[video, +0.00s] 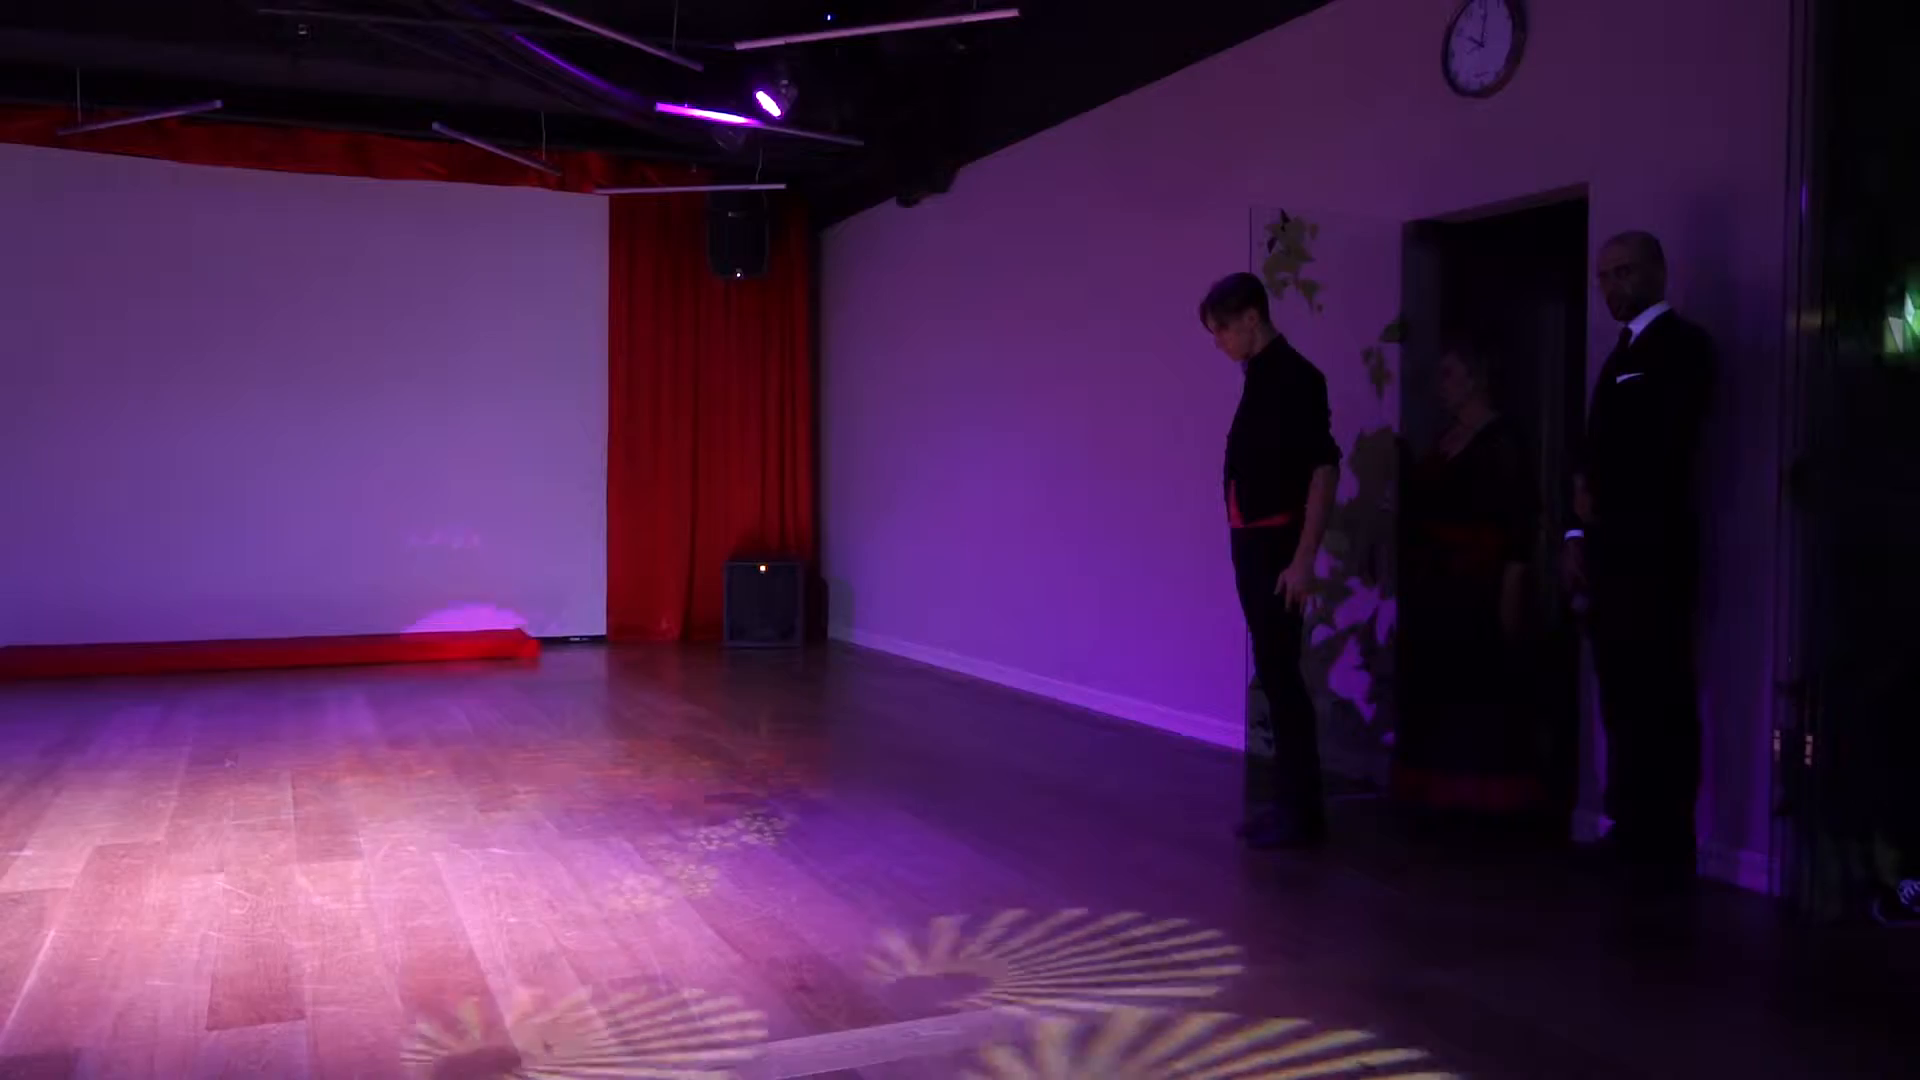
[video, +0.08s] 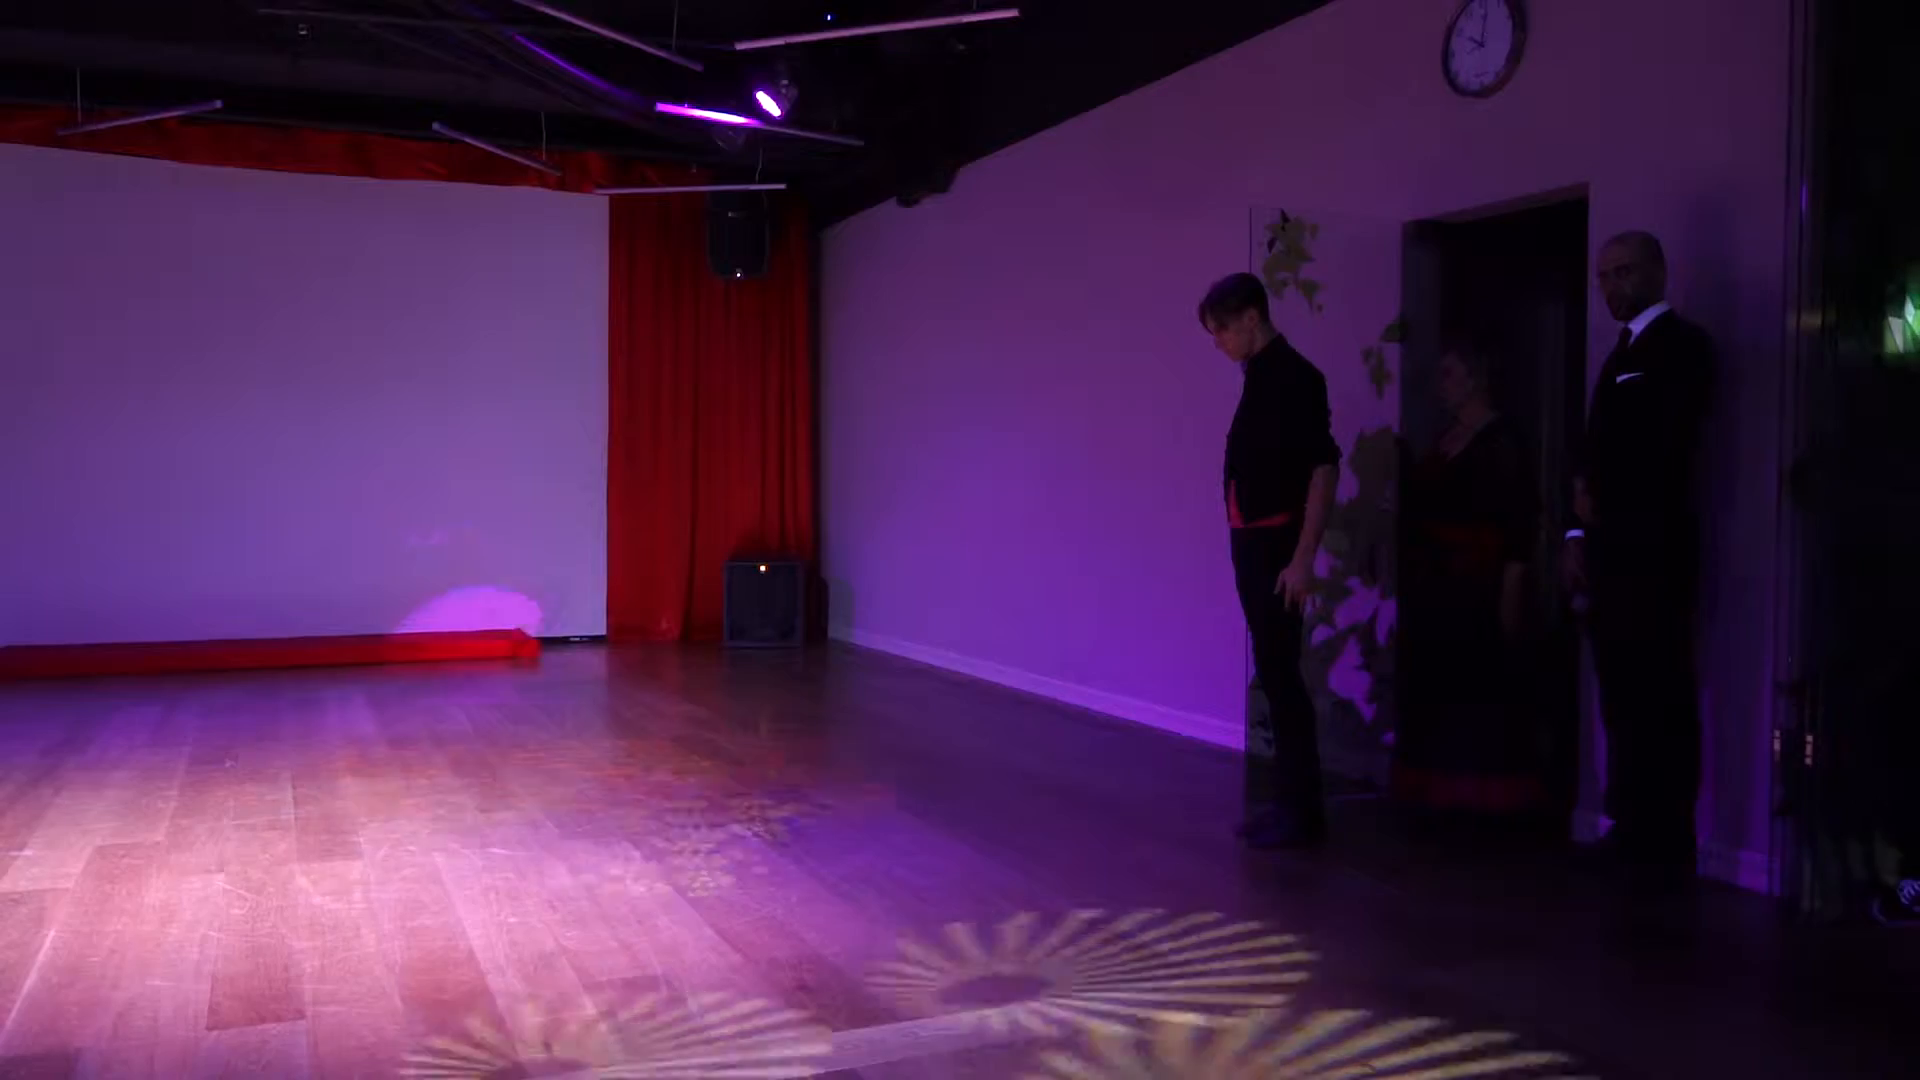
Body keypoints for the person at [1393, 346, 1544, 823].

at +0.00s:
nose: (1444, 385)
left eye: (1452, 376)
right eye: (1443, 376)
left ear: (1476, 380)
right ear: (1447, 382)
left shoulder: (1501, 438)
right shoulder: (1444, 439)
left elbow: (1511, 517)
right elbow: (1424, 510)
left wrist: (1509, 591)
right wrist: (1416, 577)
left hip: (1483, 588)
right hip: (1438, 586)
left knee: (1483, 692)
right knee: (1439, 691)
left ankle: (1486, 801)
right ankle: (1439, 798)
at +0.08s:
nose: (1443, 385)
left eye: (1452, 376)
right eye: (1442, 375)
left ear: (1476, 380)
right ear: (1448, 381)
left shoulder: (1501, 438)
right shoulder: (1444, 438)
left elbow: (1512, 518)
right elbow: (1424, 511)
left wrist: (1508, 592)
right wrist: (1416, 578)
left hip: (1482, 589)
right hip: (1437, 586)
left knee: (1483, 692)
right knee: (1438, 691)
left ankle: (1485, 801)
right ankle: (1439, 798)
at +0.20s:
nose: (1443, 386)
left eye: (1452, 376)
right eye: (1442, 376)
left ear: (1475, 381)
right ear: (1448, 382)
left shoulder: (1501, 438)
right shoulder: (1444, 438)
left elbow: (1512, 517)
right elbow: (1424, 509)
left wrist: (1508, 592)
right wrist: (1415, 575)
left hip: (1483, 587)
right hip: (1437, 584)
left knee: (1483, 691)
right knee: (1438, 689)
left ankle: (1485, 800)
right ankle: (1439, 797)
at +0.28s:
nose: (1443, 385)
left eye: (1451, 376)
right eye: (1442, 376)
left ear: (1475, 381)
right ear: (1447, 382)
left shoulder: (1501, 438)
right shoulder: (1443, 438)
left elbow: (1511, 515)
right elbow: (1424, 508)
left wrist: (1509, 591)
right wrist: (1415, 574)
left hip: (1483, 587)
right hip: (1437, 583)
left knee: (1483, 690)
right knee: (1438, 688)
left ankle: (1485, 798)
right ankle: (1439, 795)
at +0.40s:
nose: (1443, 385)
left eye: (1452, 376)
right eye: (1442, 376)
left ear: (1475, 381)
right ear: (1447, 382)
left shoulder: (1500, 438)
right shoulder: (1443, 438)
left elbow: (1511, 516)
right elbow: (1424, 509)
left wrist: (1508, 591)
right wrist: (1415, 573)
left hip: (1482, 588)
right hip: (1437, 584)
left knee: (1483, 692)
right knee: (1437, 689)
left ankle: (1485, 799)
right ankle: (1438, 796)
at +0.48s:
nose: (1444, 385)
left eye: (1453, 376)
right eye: (1442, 376)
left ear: (1475, 381)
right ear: (1444, 382)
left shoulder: (1500, 438)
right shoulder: (1443, 438)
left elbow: (1512, 515)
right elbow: (1424, 509)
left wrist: (1509, 590)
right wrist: (1414, 573)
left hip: (1483, 587)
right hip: (1436, 583)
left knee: (1482, 690)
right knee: (1437, 688)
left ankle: (1485, 798)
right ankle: (1437, 795)